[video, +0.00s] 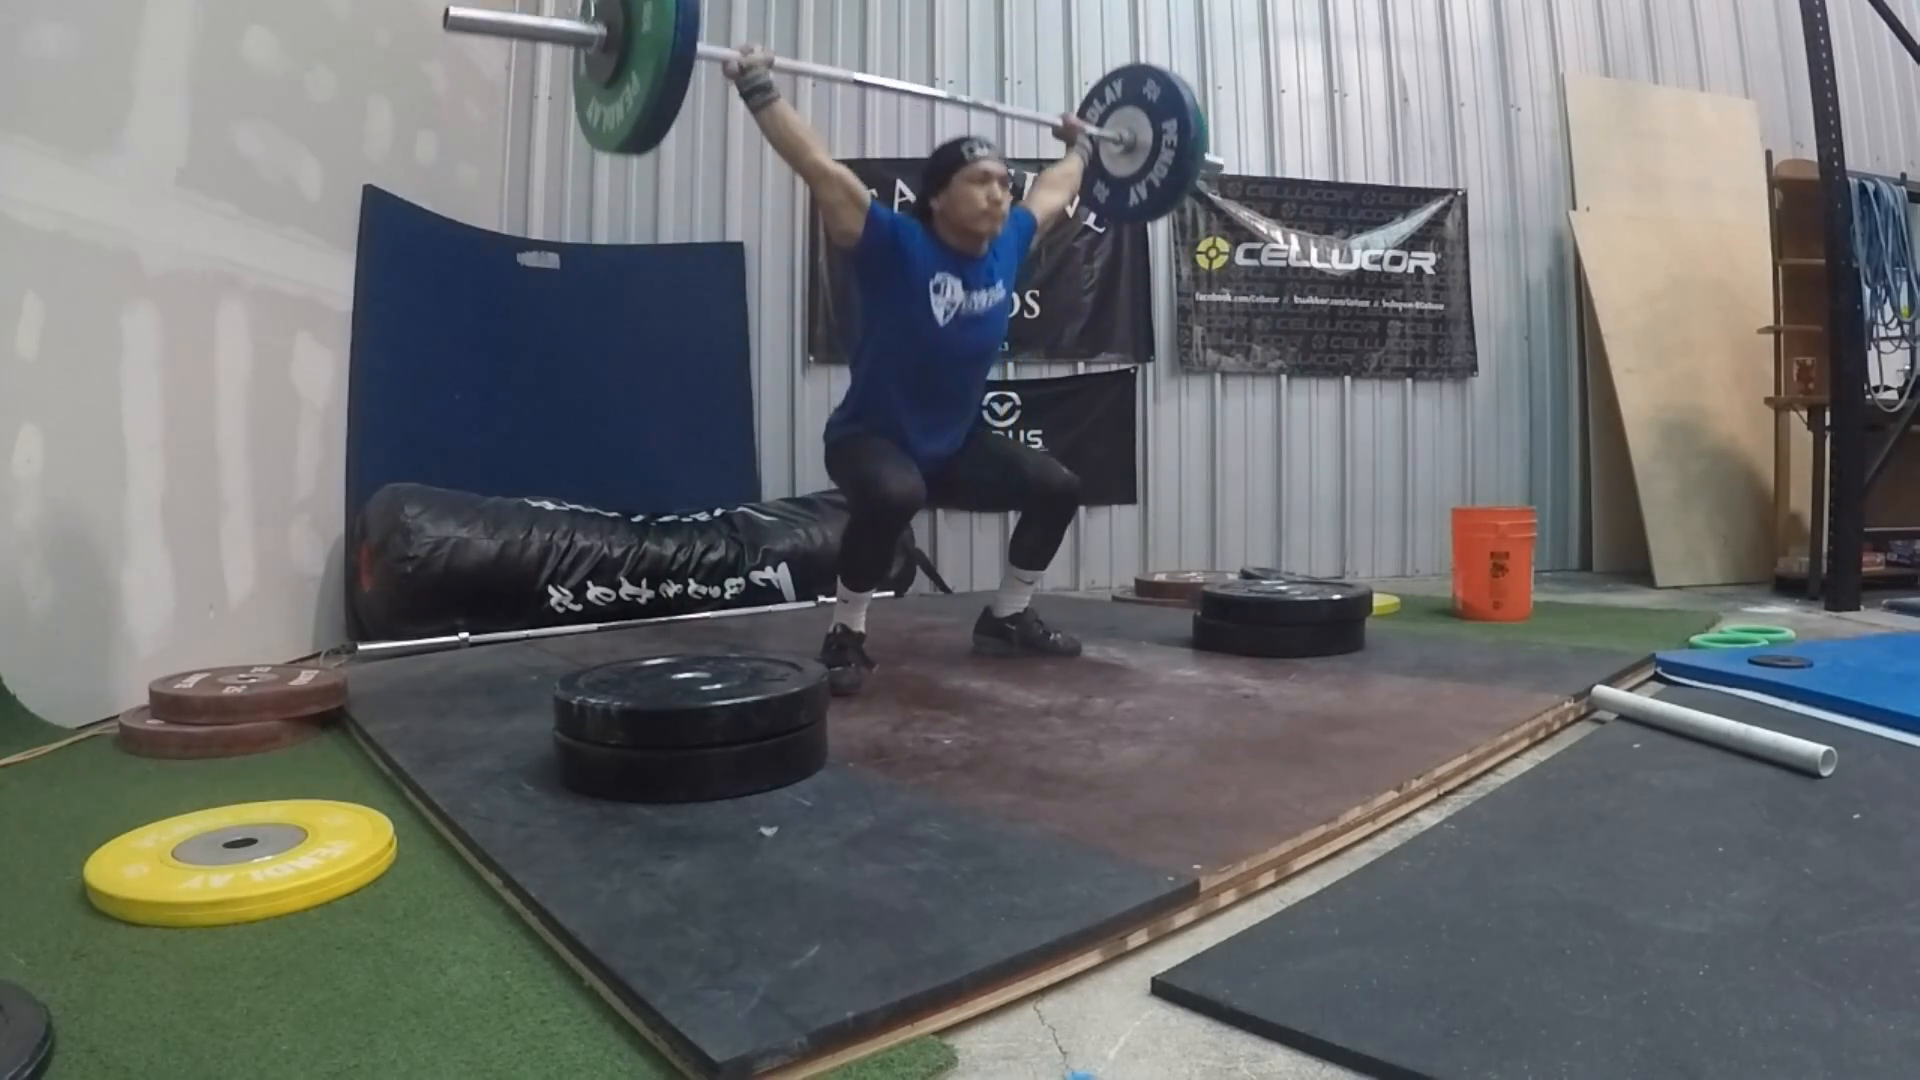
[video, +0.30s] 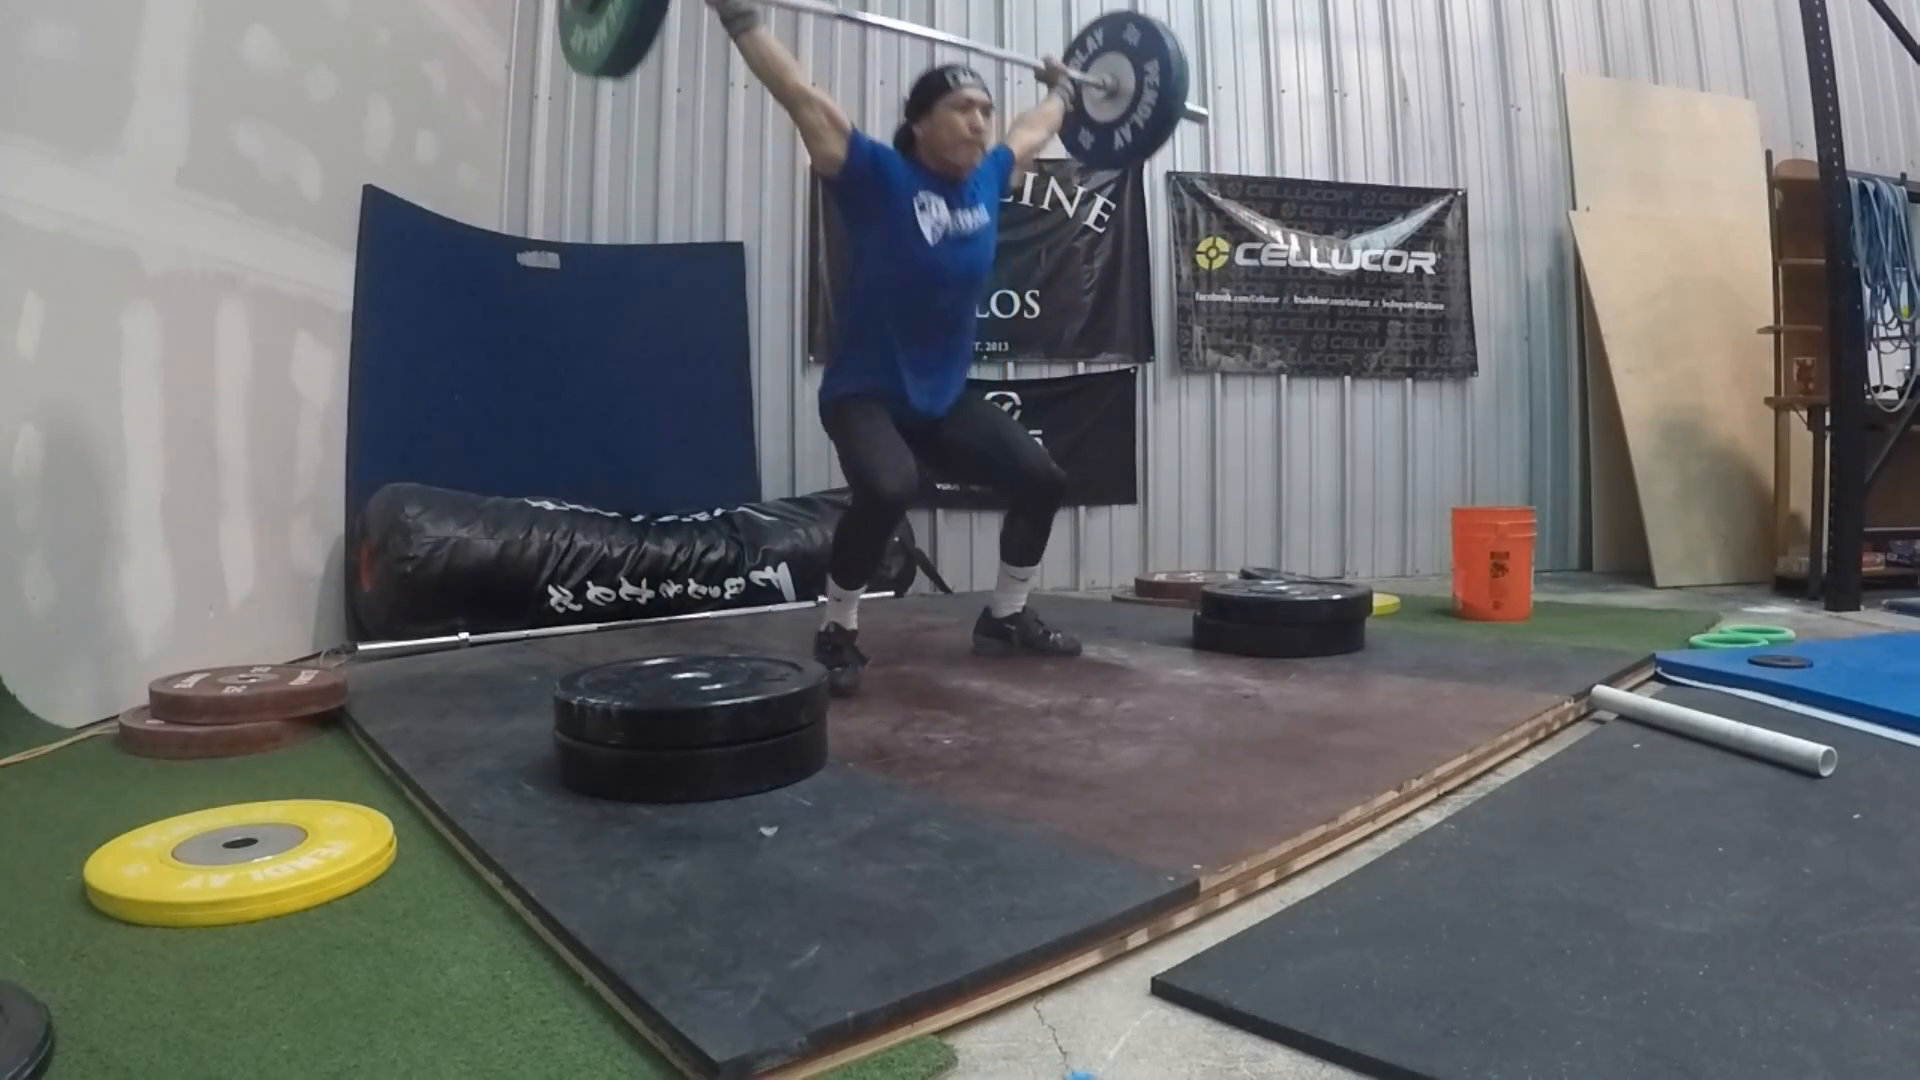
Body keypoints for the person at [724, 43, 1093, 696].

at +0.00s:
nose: (998, 194)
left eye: (1001, 184)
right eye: (982, 182)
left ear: (1006, 200)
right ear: (938, 197)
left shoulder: (1006, 247)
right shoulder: (890, 244)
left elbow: (1052, 192)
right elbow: (820, 171)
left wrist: (1080, 148)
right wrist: (759, 87)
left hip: (954, 446)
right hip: (871, 439)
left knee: (1057, 487)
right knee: (895, 493)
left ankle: (1006, 616)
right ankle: (846, 633)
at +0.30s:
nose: (980, 126)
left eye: (985, 113)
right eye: (963, 112)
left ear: (988, 127)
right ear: (919, 125)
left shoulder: (987, 176)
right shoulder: (872, 173)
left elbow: (1034, 132)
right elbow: (802, 100)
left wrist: (1066, 89)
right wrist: (740, 20)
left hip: (943, 395)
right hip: (863, 392)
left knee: (1041, 480)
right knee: (890, 488)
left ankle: (1005, 615)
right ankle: (838, 629)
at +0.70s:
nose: (923, 41)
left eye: (929, 29)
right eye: (910, 25)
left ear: (931, 41)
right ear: (864, 30)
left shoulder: (935, 88)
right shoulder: (820, 76)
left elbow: (988, 42)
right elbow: (762, 12)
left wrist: (1030, 6)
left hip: (910, 318)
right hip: (830, 316)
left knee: (940, 456)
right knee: (835, 458)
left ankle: (901, 588)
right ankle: (824, 627)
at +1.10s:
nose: (863, 79)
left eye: (870, 69)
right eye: (849, 67)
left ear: (874, 75)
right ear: (809, 72)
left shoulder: (887, 131)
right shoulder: (777, 126)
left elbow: (958, 106)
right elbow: (702, 82)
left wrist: (1004, 51)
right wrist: (690, 8)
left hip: (897, 331)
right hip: (824, 332)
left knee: (901, 468)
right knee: (828, 463)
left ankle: (880, 614)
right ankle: (822, 629)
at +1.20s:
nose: (846, 91)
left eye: (852, 81)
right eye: (832, 78)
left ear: (856, 86)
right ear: (792, 82)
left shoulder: (869, 144)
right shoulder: (763, 139)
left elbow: (938, 161)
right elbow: (683, 140)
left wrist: (996, 117)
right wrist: (691, 66)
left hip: (883, 328)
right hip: (812, 330)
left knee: (883, 465)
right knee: (817, 454)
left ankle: (879, 614)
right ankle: (805, 612)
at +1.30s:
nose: (835, 96)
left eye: (841, 86)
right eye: (823, 83)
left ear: (846, 93)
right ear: (783, 88)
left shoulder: (855, 156)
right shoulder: (746, 148)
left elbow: (928, 215)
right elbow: (675, 201)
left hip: (866, 328)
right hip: (796, 329)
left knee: (870, 459)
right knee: (809, 449)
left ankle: (878, 612)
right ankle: (757, 585)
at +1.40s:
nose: (819, 109)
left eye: (825, 100)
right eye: (807, 97)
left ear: (829, 105)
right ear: (767, 99)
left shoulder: (843, 174)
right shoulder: (732, 162)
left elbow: (889, 247)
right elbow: (681, 224)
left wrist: (943, 285)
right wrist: (708, 267)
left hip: (842, 350)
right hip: (770, 350)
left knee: (860, 469)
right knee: (777, 474)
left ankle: (875, 612)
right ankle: (706, 582)